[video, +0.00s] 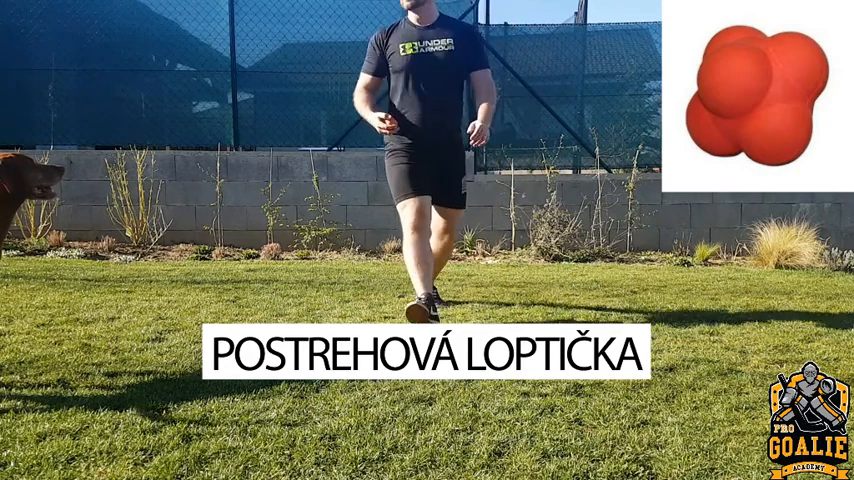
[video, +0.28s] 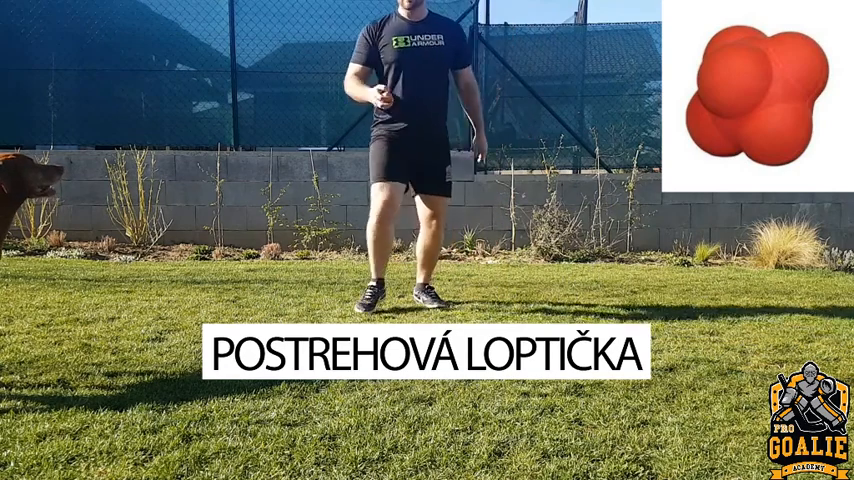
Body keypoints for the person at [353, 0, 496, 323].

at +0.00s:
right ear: (400, 0)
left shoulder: (464, 33)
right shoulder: (384, 38)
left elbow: (485, 88)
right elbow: (362, 92)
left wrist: (483, 120)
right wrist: (372, 115)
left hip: (448, 142)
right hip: (404, 141)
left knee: (445, 233)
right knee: (414, 220)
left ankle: (425, 286)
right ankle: (425, 299)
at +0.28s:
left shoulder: (450, 30)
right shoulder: (375, 30)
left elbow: (467, 83)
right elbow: (352, 82)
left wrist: (479, 130)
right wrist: (370, 93)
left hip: (432, 132)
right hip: (390, 131)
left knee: (434, 214)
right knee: (384, 204)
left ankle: (423, 286)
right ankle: (376, 284)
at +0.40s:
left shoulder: (443, 30)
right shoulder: (368, 32)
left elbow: (459, 80)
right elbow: (342, 84)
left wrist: (470, 125)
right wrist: (363, 73)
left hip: (427, 135)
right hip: (382, 134)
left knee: (430, 218)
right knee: (363, 207)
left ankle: (423, 287)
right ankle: (345, 283)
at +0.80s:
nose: (360, 9)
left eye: (366, 3)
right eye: (354, 4)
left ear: (377, 2)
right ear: (345, 5)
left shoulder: (407, 35)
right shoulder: (331, 43)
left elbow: (424, 86)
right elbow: (317, 97)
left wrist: (421, 120)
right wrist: (338, 98)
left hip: (398, 138)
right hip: (351, 140)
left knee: (416, 210)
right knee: (335, 212)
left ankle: (428, 285)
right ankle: (323, 290)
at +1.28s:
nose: (380, 24)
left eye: (386, 18)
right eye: (373, 18)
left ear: (397, 9)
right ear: (364, 13)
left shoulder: (421, 44)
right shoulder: (349, 47)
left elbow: (436, 103)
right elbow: (335, 101)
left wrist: (418, 148)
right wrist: (330, 149)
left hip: (411, 143)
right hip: (366, 143)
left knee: (421, 219)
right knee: (346, 214)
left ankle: (428, 286)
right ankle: (325, 289)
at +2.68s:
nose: (354, 24)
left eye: (361, 16)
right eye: (349, 18)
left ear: (378, 12)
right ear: (343, 19)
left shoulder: (410, 53)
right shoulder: (335, 62)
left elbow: (431, 110)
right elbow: (319, 113)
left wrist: (406, 148)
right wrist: (303, 159)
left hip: (405, 147)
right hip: (360, 145)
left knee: (416, 221)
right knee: (332, 201)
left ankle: (429, 287)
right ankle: (314, 281)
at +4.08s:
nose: (383, 15)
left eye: (390, 7)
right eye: (376, 9)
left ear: (401, 6)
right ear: (367, 9)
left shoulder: (430, 44)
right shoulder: (352, 50)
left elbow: (459, 96)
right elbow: (336, 106)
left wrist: (442, 145)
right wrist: (356, 109)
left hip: (421, 150)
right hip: (373, 149)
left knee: (439, 227)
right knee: (339, 218)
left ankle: (451, 293)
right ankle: (313, 293)